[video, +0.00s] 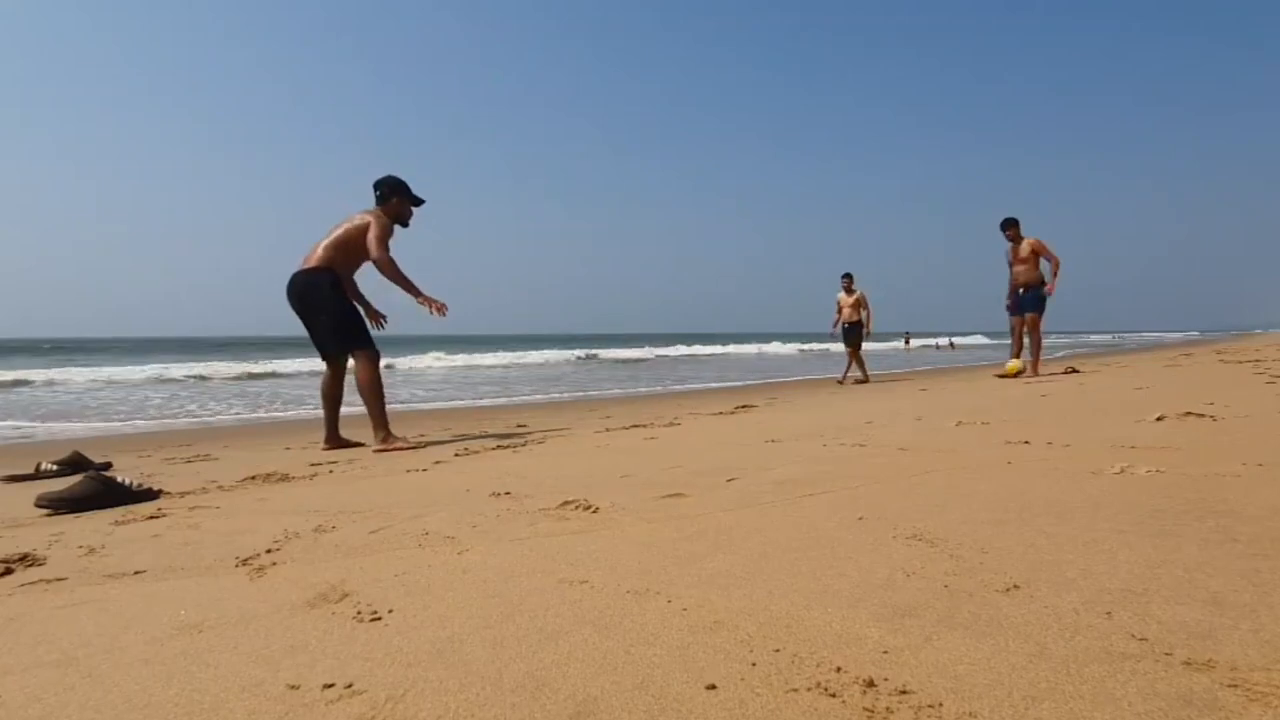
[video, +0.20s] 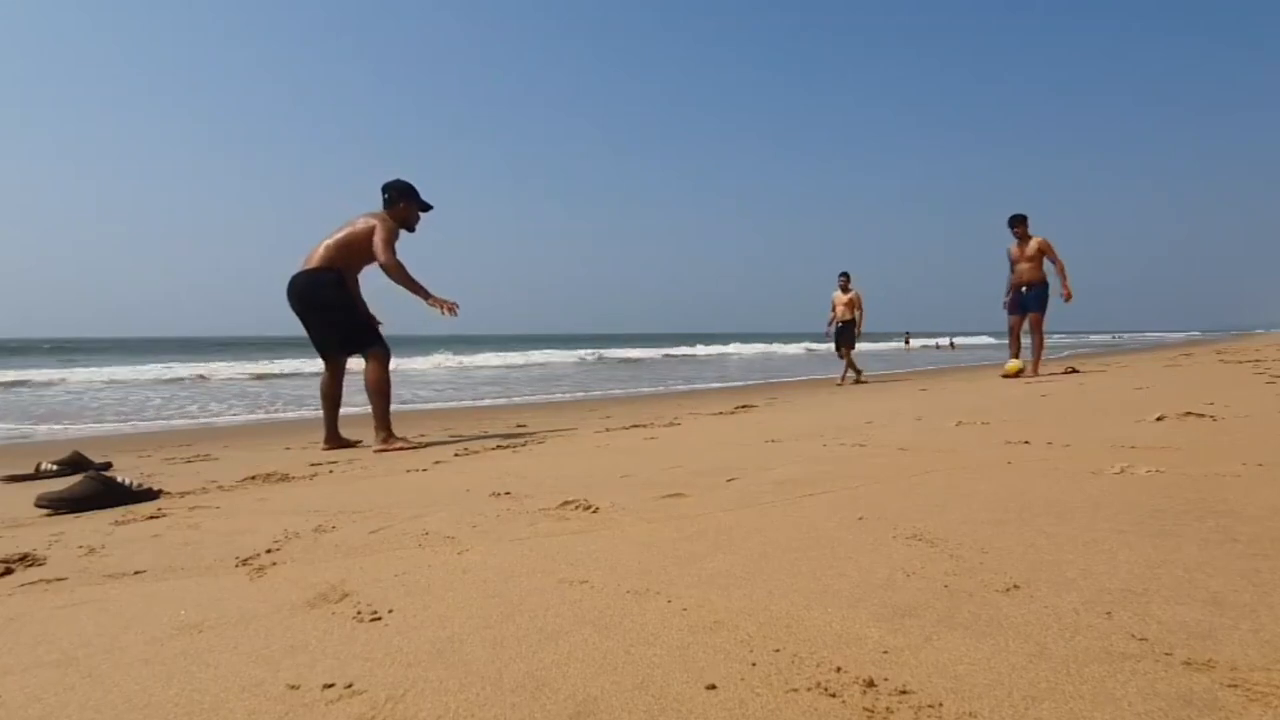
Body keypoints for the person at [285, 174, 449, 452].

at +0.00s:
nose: (411, 211)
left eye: (412, 206)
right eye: (408, 205)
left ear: (384, 202)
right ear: (393, 201)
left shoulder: (360, 222)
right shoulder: (379, 221)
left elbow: (341, 273)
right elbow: (379, 257)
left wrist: (366, 306)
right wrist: (419, 294)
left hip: (301, 284)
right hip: (323, 284)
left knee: (336, 362)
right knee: (366, 355)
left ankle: (332, 436)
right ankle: (383, 435)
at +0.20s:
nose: (419, 217)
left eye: (419, 210)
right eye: (416, 209)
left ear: (394, 205)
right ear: (401, 205)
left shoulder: (365, 223)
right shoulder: (384, 224)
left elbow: (347, 272)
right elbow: (387, 261)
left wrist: (363, 312)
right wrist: (429, 297)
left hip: (302, 285)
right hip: (327, 285)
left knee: (334, 361)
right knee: (377, 354)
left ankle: (331, 436)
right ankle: (384, 435)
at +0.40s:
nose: (420, 214)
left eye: (421, 208)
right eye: (417, 207)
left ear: (395, 203)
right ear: (401, 203)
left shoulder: (366, 222)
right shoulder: (385, 223)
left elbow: (347, 271)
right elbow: (387, 262)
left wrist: (366, 307)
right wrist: (422, 298)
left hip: (303, 283)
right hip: (329, 282)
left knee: (332, 361)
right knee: (376, 354)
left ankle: (330, 435)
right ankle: (383, 436)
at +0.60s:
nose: (416, 213)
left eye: (417, 207)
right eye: (413, 207)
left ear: (390, 204)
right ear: (397, 204)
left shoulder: (363, 220)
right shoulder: (382, 222)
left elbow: (345, 270)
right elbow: (380, 260)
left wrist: (368, 305)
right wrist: (411, 298)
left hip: (301, 282)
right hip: (327, 281)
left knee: (332, 361)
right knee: (370, 354)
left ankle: (330, 435)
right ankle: (382, 435)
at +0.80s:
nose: (411, 216)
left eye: (411, 209)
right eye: (408, 209)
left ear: (386, 205)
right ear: (392, 205)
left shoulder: (359, 223)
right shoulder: (377, 225)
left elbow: (341, 272)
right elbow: (374, 263)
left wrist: (362, 308)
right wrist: (407, 303)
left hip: (300, 284)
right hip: (323, 283)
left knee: (335, 361)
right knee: (364, 355)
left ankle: (331, 436)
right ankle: (380, 435)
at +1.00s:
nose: (409, 217)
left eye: (410, 210)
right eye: (407, 210)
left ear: (385, 206)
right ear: (391, 206)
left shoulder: (360, 223)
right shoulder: (378, 225)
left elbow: (340, 273)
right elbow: (373, 266)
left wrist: (352, 312)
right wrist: (407, 312)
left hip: (300, 284)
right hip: (321, 283)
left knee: (335, 361)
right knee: (361, 356)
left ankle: (332, 436)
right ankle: (380, 435)